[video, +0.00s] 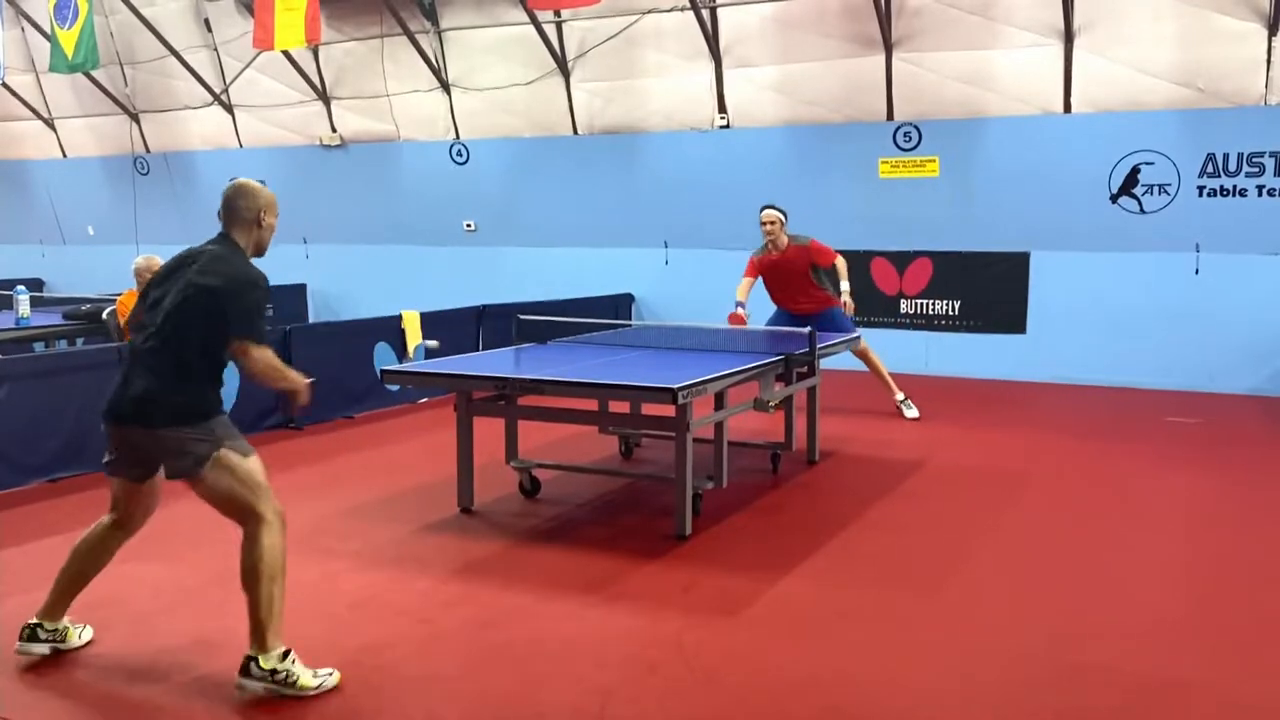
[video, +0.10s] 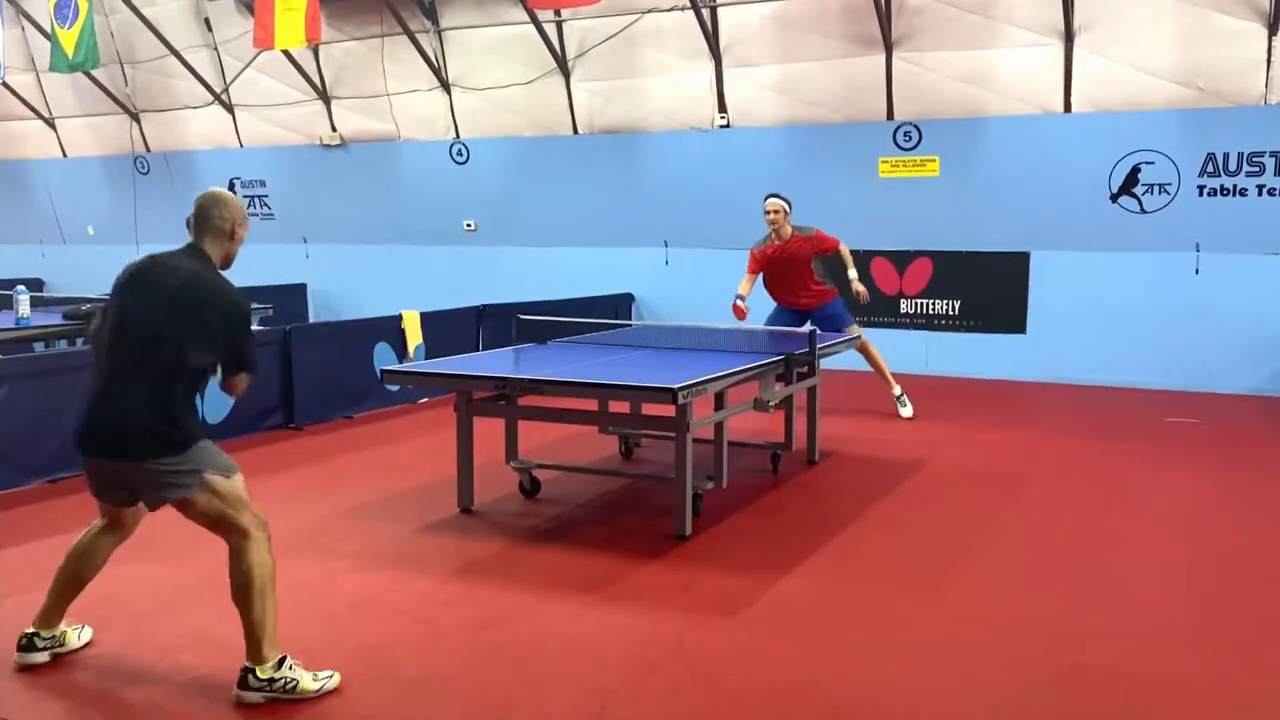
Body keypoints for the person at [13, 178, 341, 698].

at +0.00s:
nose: (275, 228)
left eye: (274, 219)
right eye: (274, 220)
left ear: (225, 219)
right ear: (260, 222)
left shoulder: (177, 264)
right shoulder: (244, 276)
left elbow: (137, 329)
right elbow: (248, 353)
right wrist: (293, 382)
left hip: (127, 412)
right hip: (185, 414)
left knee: (124, 517)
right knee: (264, 516)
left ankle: (45, 623)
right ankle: (267, 656)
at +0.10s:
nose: (241, 243)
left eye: (241, 234)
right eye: (242, 234)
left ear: (193, 227)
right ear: (232, 235)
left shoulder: (138, 272)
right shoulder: (226, 299)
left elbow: (103, 342)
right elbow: (235, 383)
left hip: (101, 431)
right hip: (162, 439)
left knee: (116, 521)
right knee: (249, 528)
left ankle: (41, 632)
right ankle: (264, 665)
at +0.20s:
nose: (200, 222)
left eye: (201, 213)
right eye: (200, 213)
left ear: (148, 206)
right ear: (188, 212)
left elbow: (20, 290)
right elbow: (207, 358)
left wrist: (3, 309)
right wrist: (207, 321)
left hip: (61, 417)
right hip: (131, 427)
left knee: (80, 513)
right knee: (195, 529)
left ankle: (37, 631)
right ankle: (256, 649)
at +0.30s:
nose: (166, 187)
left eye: (165, 177)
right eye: (164, 177)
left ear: (110, 176)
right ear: (146, 178)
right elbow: (175, 338)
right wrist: (144, 302)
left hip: (25, 394)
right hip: (100, 404)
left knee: (37, 505)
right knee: (161, 509)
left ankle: (26, 620)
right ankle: (170, 646)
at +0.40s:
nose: (126, 177)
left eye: (124, 167)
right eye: (122, 168)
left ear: (71, 173)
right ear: (104, 174)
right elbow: (137, 337)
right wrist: (150, 290)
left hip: (4, 393)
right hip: (68, 396)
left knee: (5, 503)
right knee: (136, 503)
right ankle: (122, 638)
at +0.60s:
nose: (51, 214)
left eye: (49, 205)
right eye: (45, 205)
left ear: (12, 208)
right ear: (19, 208)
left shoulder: (15, 271)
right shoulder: (26, 277)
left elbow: (53, 355)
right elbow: (61, 358)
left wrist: (111, 351)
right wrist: (121, 351)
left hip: (10, 442)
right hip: (7, 443)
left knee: (101, 511)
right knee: (105, 514)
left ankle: (118, 647)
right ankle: (119, 650)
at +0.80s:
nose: (46, 191)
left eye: (44, 180)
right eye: (39, 180)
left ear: (10, 185)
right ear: (14, 185)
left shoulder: (10, 241)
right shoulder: (12, 243)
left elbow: (22, 318)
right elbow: (26, 319)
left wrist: (98, 336)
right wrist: (107, 337)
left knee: (70, 504)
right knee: (71, 506)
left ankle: (53, 662)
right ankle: (52, 665)